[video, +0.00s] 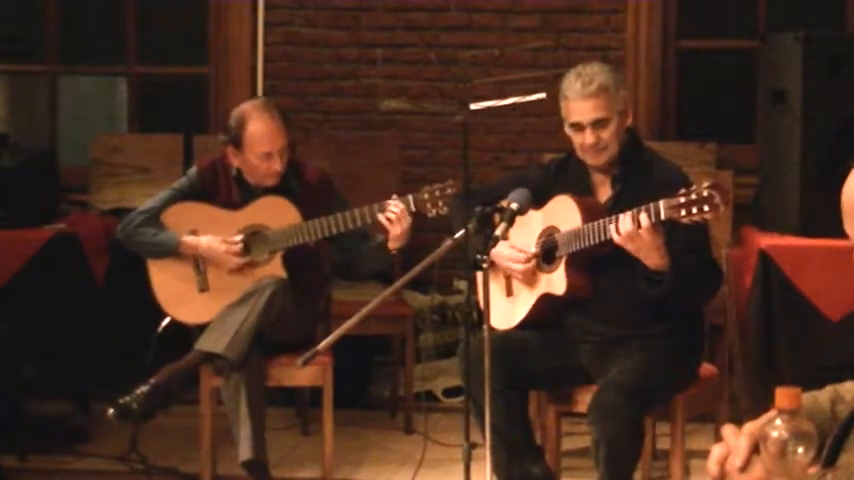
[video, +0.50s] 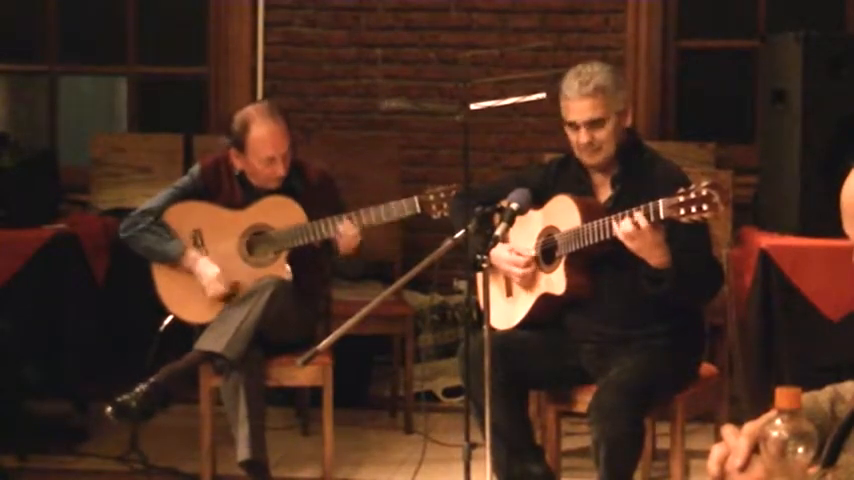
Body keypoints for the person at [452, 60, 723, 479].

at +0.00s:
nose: (590, 139)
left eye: (601, 125)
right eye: (577, 128)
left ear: (626, 116)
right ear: (564, 126)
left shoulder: (667, 184)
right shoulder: (557, 177)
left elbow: (703, 284)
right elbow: (469, 203)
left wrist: (661, 265)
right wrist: (489, 248)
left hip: (653, 343)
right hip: (574, 336)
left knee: (612, 406)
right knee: (485, 353)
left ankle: (614, 474)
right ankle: (523, 471)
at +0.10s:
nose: (590, 139)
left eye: (601, 125)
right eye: (577, 128)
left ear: (626, 117)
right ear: (564, 126)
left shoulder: (667, 184)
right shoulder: (557, 177)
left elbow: (703, 284)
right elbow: (471, 203)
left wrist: (661, 265)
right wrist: (489, 247)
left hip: (653, 342)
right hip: (574, 336)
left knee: (612, 405)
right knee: (485, 353)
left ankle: (614, 474)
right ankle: (524, 471)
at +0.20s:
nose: (590, 138)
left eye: (601, 124)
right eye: (577, 128)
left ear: (626, 117)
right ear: (564, 126)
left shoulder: (666, 183)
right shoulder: (558, 177)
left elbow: (704, 284)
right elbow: (469, 202)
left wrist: (660, 263)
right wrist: (488, 248)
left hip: (653, 344)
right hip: (574, 337)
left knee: (613, 404)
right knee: (486, 353)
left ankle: (614, 473)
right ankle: (524, 471)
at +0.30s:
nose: (590, 138)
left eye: (601, 124)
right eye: (577, 128)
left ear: (626, 117)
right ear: (564, 126)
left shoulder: (667, 183)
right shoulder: (557, 177)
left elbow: (704, 285)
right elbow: (468, 203)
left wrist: (660, 263)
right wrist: (487, 246)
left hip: (653, 344)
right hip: (573, 337)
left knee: (613, 404)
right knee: (486, 353)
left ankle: (614, 474)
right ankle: (524, 471)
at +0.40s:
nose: (590, 138)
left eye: (601, 124)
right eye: (577, 127)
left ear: (626, 117)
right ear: (565, 127)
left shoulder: (666, 183)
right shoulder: (557, 177)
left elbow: (704, 284)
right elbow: (467, 202)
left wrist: (660, 261)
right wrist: (490, 247)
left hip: (653, 344)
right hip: (573, 338)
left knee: (613, 404)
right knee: (484, 352)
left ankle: (613, 474)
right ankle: (524, 471)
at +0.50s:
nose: (585, 138)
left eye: (597, 125)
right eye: (573, 127)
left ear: (624, 117)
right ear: (563, 124)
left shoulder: (666, 183)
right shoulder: (557, 177)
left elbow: (705, 284)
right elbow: (467, 202)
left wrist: (662, 259)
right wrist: (489, 249)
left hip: (652, 344)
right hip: (572, 338)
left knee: (613, 404)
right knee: (484, 352)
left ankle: (613, 474)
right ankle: (525, 471)